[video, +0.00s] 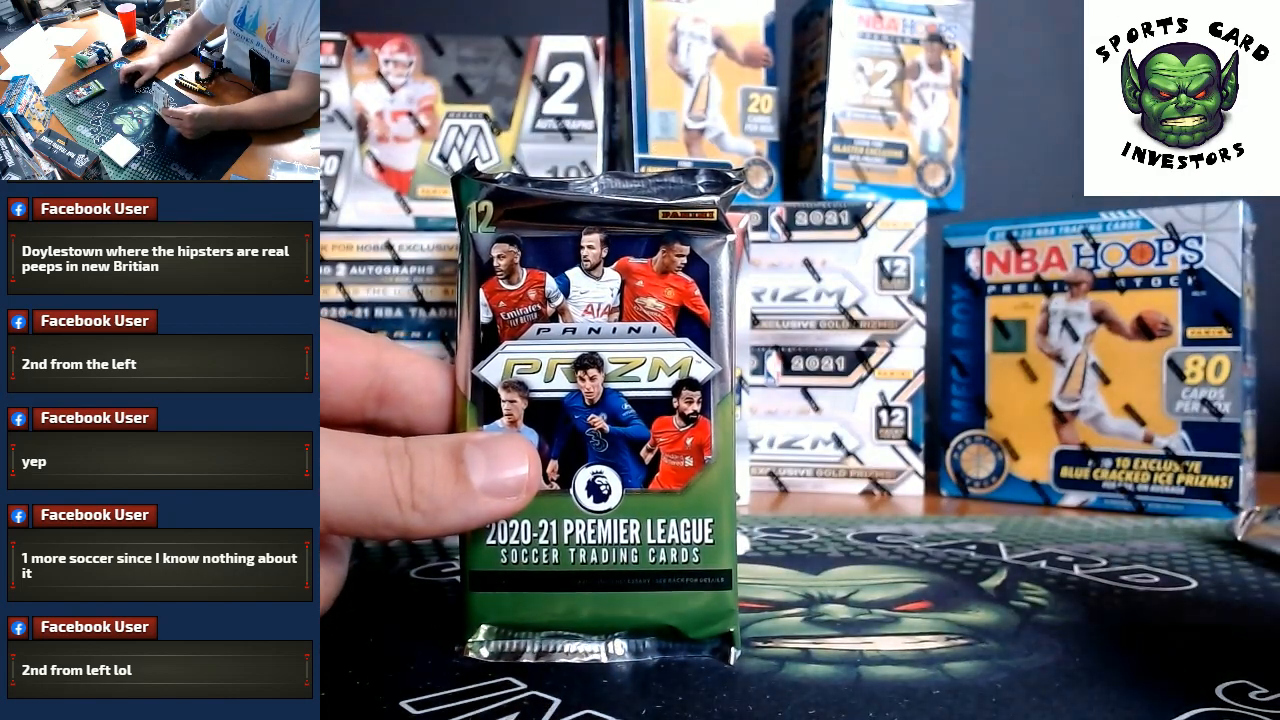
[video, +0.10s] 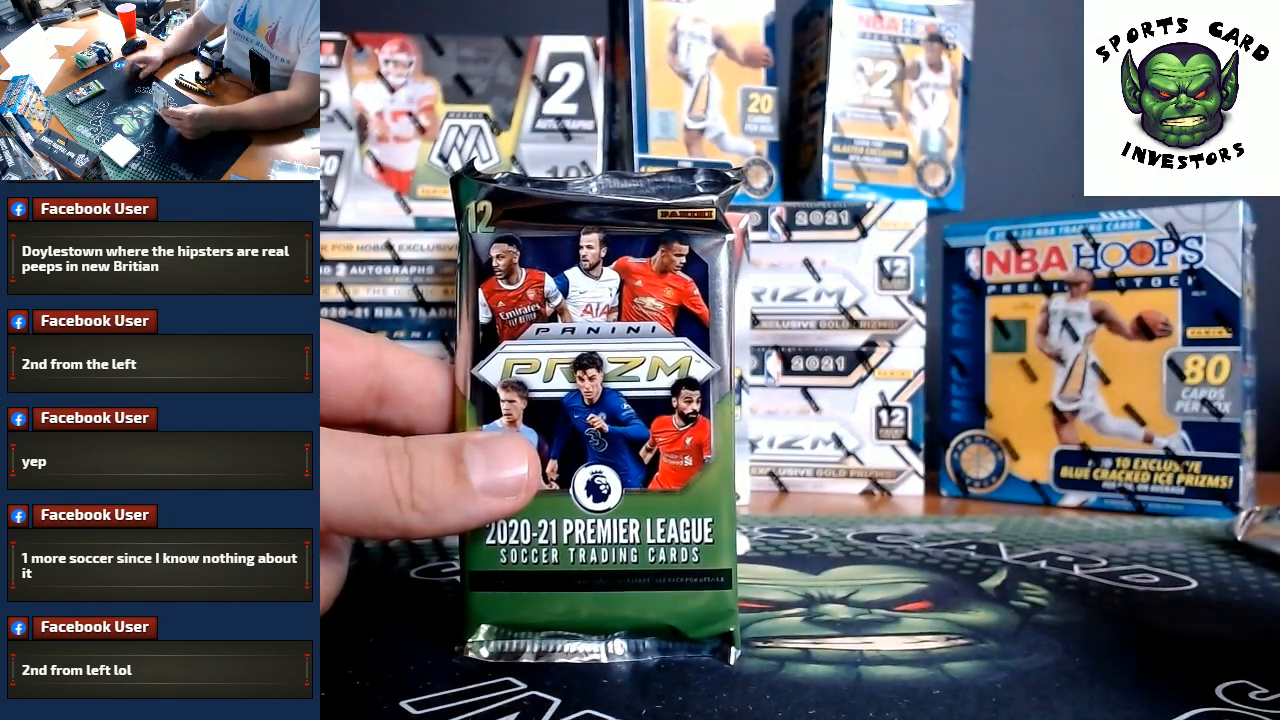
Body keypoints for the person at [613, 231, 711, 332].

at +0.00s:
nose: (684, 262)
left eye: (686, 256)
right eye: (679, 256)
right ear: (663, 252)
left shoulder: (686, 285)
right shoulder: (628, 266)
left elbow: (711, 320)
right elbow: (599, 285)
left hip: (664, 346)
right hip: (628, 343)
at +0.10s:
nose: (683, 261)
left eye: (685, 256)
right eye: (678, 256)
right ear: (662, 252)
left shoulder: (685, 284)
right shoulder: (627, 266)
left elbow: (710, 319)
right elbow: (597, 283)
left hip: (663, 346)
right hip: (627, 343)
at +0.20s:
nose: (685, 261)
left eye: (687, 256)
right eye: (680, 256)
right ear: (664, 252)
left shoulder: (686, 284)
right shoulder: (629, 266)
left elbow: (711, 320)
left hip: (664, 346)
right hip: (629, 343)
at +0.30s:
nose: (689, 263)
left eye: (691, 258)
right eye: (684, 257)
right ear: (669, 253)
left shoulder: (691, 286)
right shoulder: (634, 267)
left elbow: (716, 321)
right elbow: (605, 284)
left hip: (669, 345)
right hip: (633, 342)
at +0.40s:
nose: (691, 263)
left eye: (693, 258)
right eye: (686, 258)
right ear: (670, 254)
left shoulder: (692, 286)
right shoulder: (636, 267)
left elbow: (717, 321)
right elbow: (608, 285)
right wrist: (620, 310)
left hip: (670, 346)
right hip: (636, 343)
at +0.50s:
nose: (686, 262)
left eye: (687, 257)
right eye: (681, 256)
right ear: (665, 252)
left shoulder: (688, 285)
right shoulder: (630, 266)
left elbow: (712, 319)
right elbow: (602, 284)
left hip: (666, 344)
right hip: (631, 341)